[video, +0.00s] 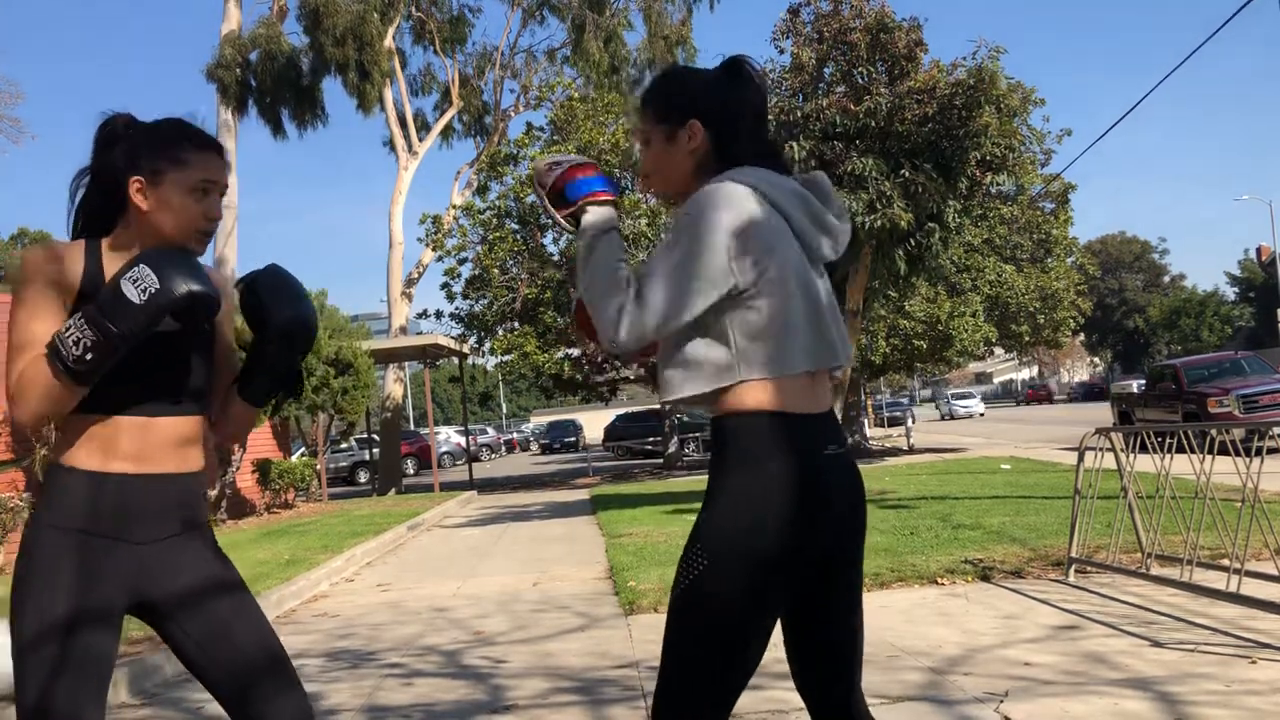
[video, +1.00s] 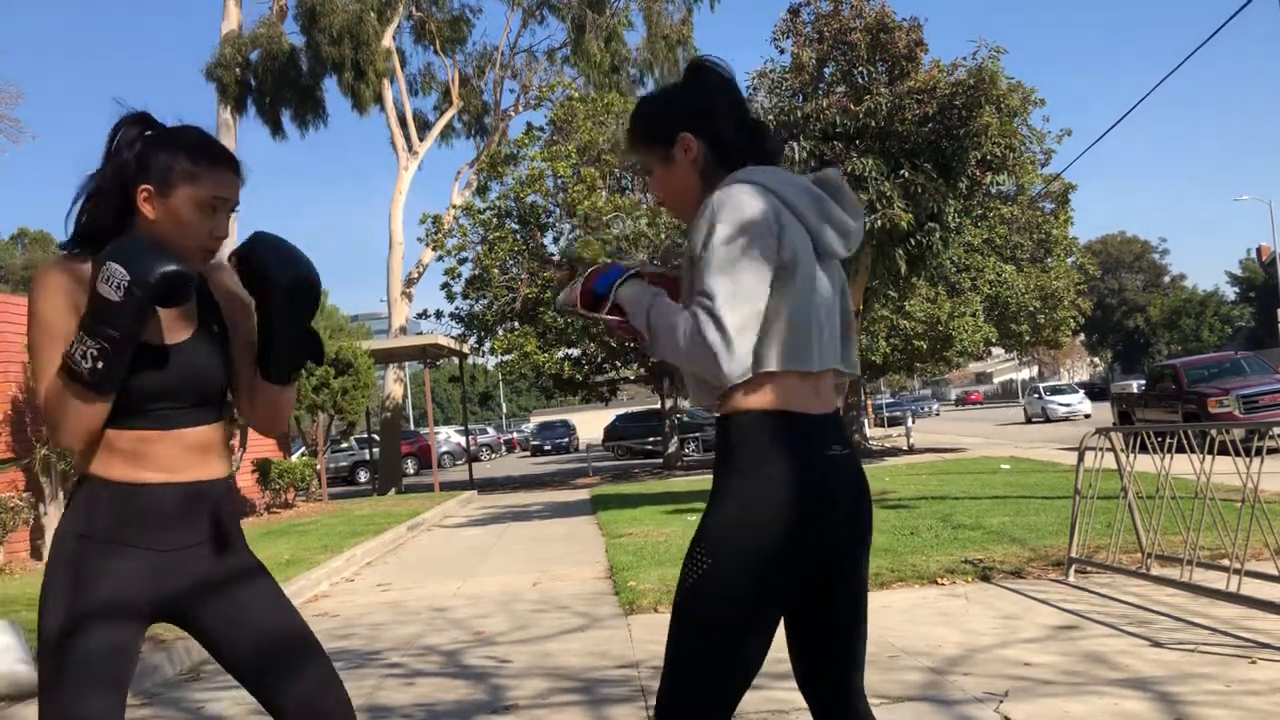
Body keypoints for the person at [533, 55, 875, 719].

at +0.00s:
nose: (639, 164)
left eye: (645, 144)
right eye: (639, 147)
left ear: (690, 137)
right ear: (693, 135)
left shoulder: (724, 206)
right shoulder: (783, 206)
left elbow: (621, 325)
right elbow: (740, 345)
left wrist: (594, 213)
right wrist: (629, 346)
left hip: (757, 478)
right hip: (826, 471)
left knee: (686, 705)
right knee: (838, 701)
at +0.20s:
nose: (667, 171)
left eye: (672, 147)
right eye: (664, 151)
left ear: (717, 138)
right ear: (726, 138)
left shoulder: (749, 203)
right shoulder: (801, 207)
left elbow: (625, 286)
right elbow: (660, 315)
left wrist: (636, 172)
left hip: (772, 476)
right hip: (834, 471)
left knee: (705, 703)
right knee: (838, 695)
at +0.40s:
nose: (681, 175)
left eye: (686, 151)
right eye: (676, 154)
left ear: (724, 141)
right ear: (742, 139)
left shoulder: (762, 201)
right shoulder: (809, 206)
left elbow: (629, 246)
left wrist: (664, 141)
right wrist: (659, 142)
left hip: (779, 480)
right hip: (836, 473)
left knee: (689, 705)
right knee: (836, 698)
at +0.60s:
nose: (651, 176)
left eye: (656, 154)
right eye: (649, 158)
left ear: (691, 146)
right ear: (739, 143)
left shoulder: (721, 202)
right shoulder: (793, 206)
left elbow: (582, 243)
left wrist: (630, 140)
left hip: (753, 483)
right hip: (827, 477)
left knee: (678, 705)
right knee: (836, 698)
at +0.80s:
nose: (627, 189)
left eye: (625, 168)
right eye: (620, 172)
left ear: (662, 146)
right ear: (678, 140)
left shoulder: (704, 197)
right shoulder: (780, 206)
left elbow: (588, 288)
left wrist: (552, 185)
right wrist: (646, 328)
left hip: (742, 473)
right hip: (820, 466)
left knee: (681, 704)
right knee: (838, 695)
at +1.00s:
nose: (651, 195)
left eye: (649, 171)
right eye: (644, 176)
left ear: (689, 149)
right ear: (697, 147)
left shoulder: (740, 204)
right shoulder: (801, 209)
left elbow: (721, 353)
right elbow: (732, 374)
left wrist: (634, 294)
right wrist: (666, 313)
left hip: (763, 474)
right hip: (832, 470)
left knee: (689, 703)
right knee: (840, 698)